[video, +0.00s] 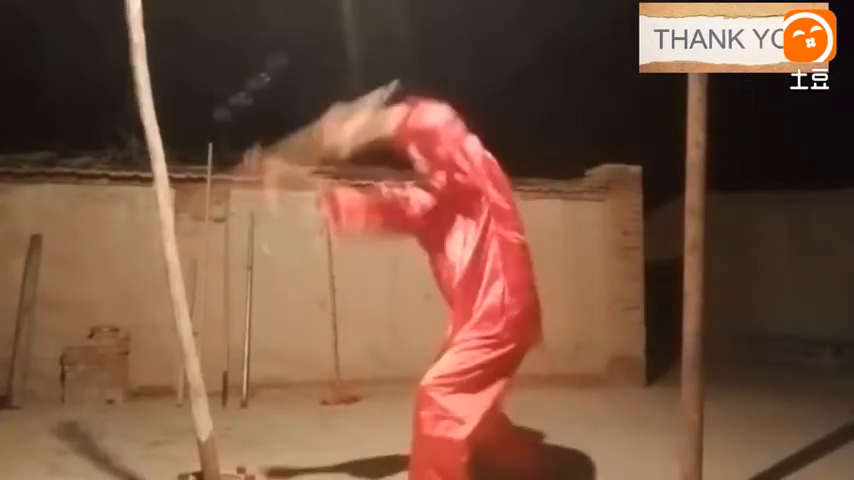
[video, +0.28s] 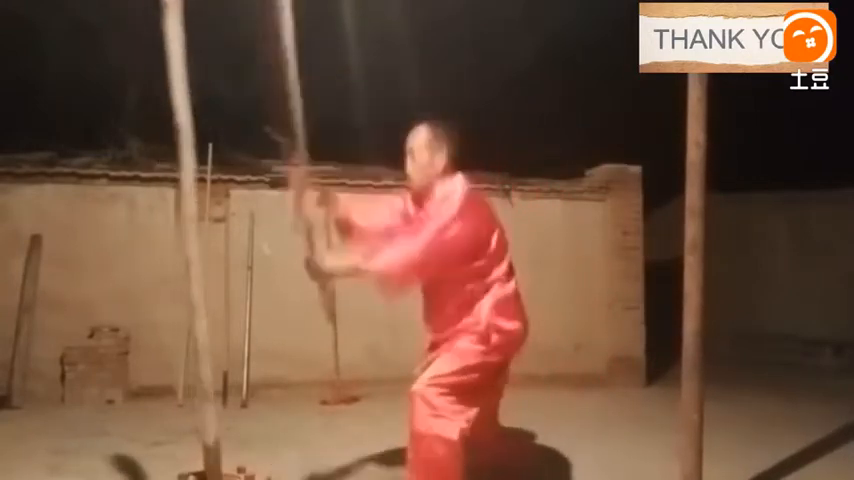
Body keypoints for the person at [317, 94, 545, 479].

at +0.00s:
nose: (418, 162)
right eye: (414, 156)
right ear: (413, 160)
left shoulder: (475, 181)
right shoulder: (429, 205)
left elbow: (439, 121)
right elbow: (371, 205)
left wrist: (367, 126)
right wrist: (311, 188)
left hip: (504, 319)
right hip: (471, 323)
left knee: (438, 392)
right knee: (461, 401)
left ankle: (436, 473)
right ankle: (526, 461)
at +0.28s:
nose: (407, 165)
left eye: (415, 155)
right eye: (407, 155)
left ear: (440, 158)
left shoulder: (461, 205)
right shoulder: (428, 201)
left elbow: (413, 254)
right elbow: (389, 231)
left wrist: (335, 265)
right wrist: (341, 219)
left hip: (488, 326)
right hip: (454, 328)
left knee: (430, 395)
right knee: (474, 428)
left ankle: (434, 473)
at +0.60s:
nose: (405, 218)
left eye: (410, 209)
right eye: (405, 209)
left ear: (438, 210)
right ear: (436, 209)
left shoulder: (449, 248)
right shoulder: (452, 235)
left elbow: (384, 289)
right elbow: (395, 244)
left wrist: (343, 253)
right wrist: (342, 236)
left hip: (508, 352)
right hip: (511, 347)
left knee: (440, 395)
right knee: (460, 397)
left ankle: (445, 474)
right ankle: (497, 460)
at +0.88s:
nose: (416, 223)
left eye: (422, 214)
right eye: (415, 215)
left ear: (449, 215)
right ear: (447, 216)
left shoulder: (458, 253)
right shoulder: (459, 241)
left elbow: (394, 291)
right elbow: (401, 249)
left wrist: (348, 255)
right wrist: (353, 238)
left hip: (510, 358)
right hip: (514, 352)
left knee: (439, 398)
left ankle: (446, 475)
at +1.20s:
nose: (424, 212)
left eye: (430, 203)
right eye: (423, 204)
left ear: (456, 205)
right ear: (455, 207)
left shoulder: (464, 243)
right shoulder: (466, 233)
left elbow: (401, 277)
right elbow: (406, 240)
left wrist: (356, 243)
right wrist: (353, 228)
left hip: (508, 350)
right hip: (513, 346)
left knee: (444, 400)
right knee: (466, 408)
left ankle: (440, 474)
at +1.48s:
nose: (428, 191)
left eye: (435, 183)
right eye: (427, 183)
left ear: (459, 184)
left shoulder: (470, 220)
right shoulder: (464, 217)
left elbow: (404, 246)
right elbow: (405, 223)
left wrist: (364, 209)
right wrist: (351, 205)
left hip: (496, 337)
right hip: (497, 335)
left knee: (437, 401)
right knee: (458, 406)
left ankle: (450, 474)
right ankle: (465, 473)